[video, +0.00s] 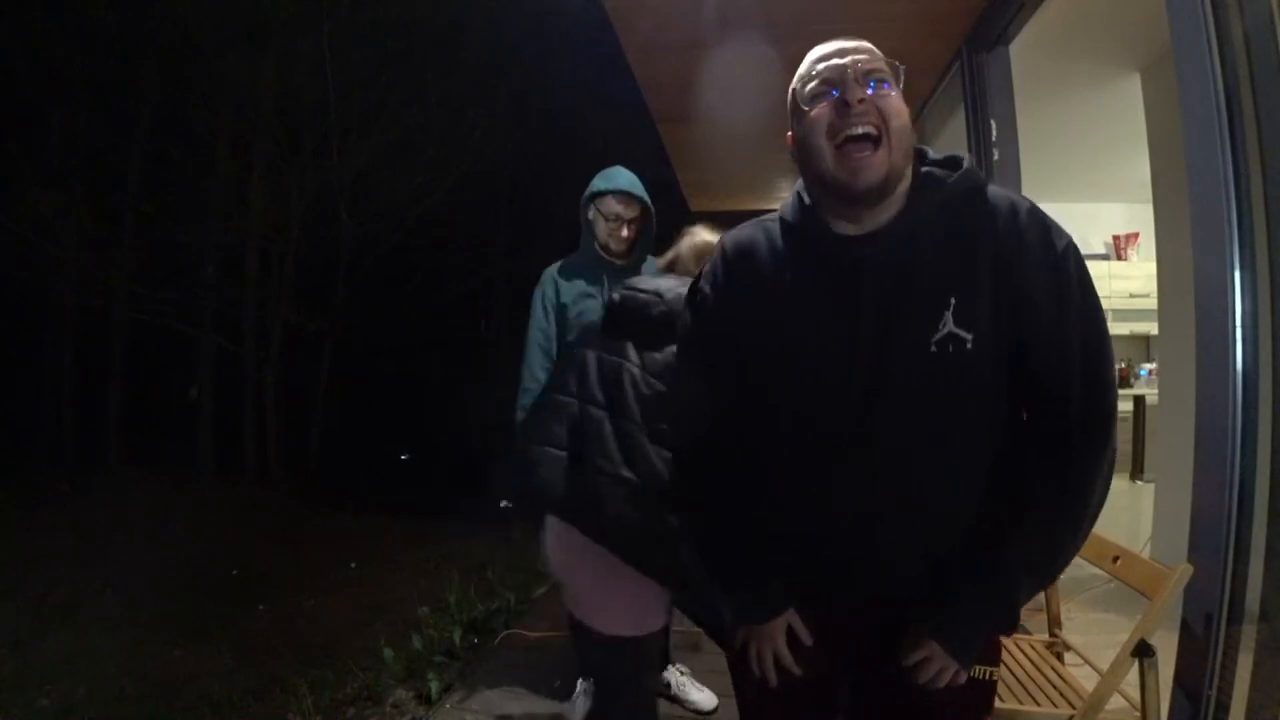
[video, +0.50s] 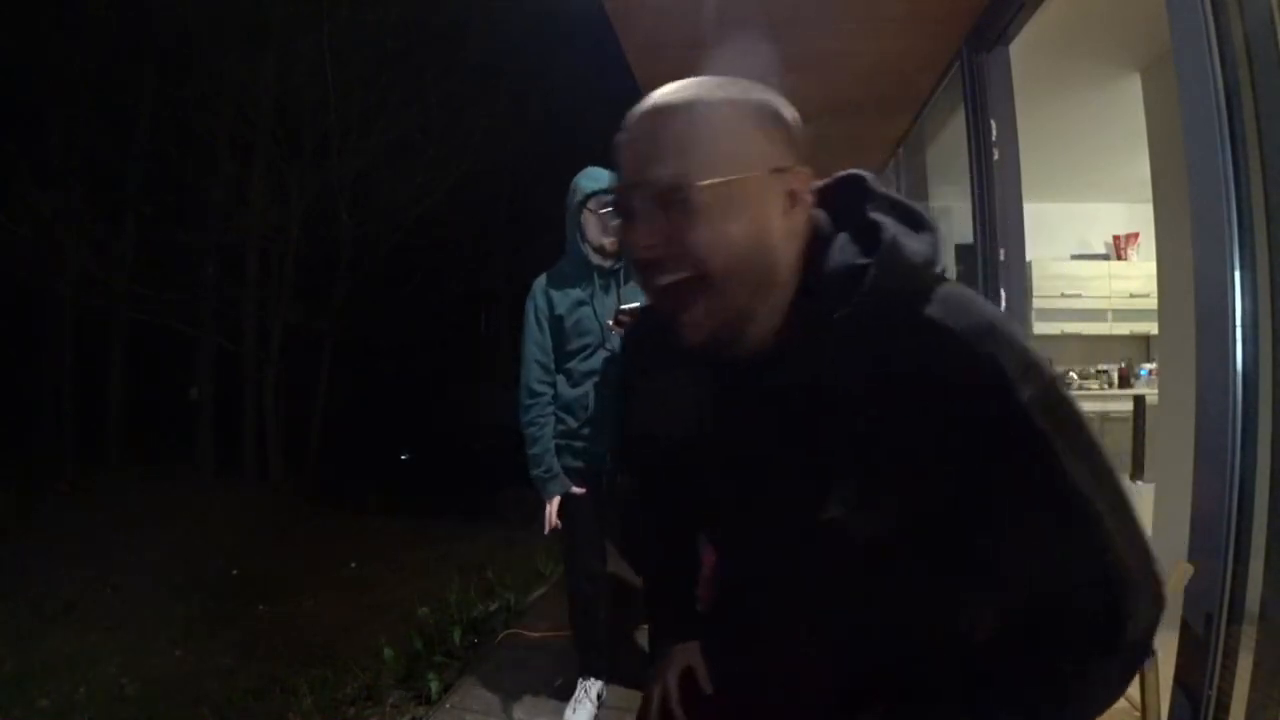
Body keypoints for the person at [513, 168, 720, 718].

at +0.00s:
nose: (622, 230)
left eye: (632, 221)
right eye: (611, 218)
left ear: (645, 229)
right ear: (589, 217)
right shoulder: (559, 282)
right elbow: (536, 378)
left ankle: (664, 665)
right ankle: (587, 678)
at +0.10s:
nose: (619, 229)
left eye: (628, 219)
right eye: (608, 218)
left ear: (640, 221)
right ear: (585, 218)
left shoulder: (657, 276)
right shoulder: (557, 282)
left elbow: (676, 361)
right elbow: (536, 377)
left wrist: (677, 443)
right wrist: (535, 465)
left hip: (646, 444)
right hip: (578, 447)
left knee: (649, 553)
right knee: (584, 565)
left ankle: (663, 675)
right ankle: (590, 675)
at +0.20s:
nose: (619, 229)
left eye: (628, 218)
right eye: (607, 217)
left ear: (638, 221)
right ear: (583, 218)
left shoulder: (653, 276)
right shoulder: (554, 284)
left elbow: (673, 364)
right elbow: (537, 382)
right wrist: (542, 466)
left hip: (640, 451)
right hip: (576, 453)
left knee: (655, 560)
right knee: (583, 570)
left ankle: (667, 674)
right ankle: (591, 674)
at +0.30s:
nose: (619, 227)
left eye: (626, 216)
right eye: (606, 216)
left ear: (636, 220)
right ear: (582, 219)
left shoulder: (651, 274)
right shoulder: (552, 285)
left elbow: (678, 357)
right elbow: (536, 384)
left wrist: (643, 327)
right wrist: (544, 468)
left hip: (643, 452)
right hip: (578, 458)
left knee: (656, 561)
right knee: (584, 573)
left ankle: (663, 665)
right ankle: (590, 674)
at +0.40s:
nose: (619, 227)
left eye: (626, 216)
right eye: (606, 217)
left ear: (634, 219)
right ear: (580, 219)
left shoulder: (649, 273)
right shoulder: (551, 286)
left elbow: (679, 358)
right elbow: (536, 385)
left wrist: (645, 331)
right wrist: (547, 470)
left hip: (645, 450)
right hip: (579, 455)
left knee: (656, 558)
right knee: (585, 572)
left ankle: (661, 659)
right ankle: (589, 675)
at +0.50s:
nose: (613, 222)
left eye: (619, 211)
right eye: (601, 212)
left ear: (630, 219)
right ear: (577, 220)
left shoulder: (648, 283)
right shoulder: (550, 291)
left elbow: (681, 367)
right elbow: (536, 391)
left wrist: (649, 327)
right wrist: (549, 476)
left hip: (643, 453)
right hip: (580, 458)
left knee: (657, 563)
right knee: (586, 573)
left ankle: (670, 666)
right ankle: (591, 674)